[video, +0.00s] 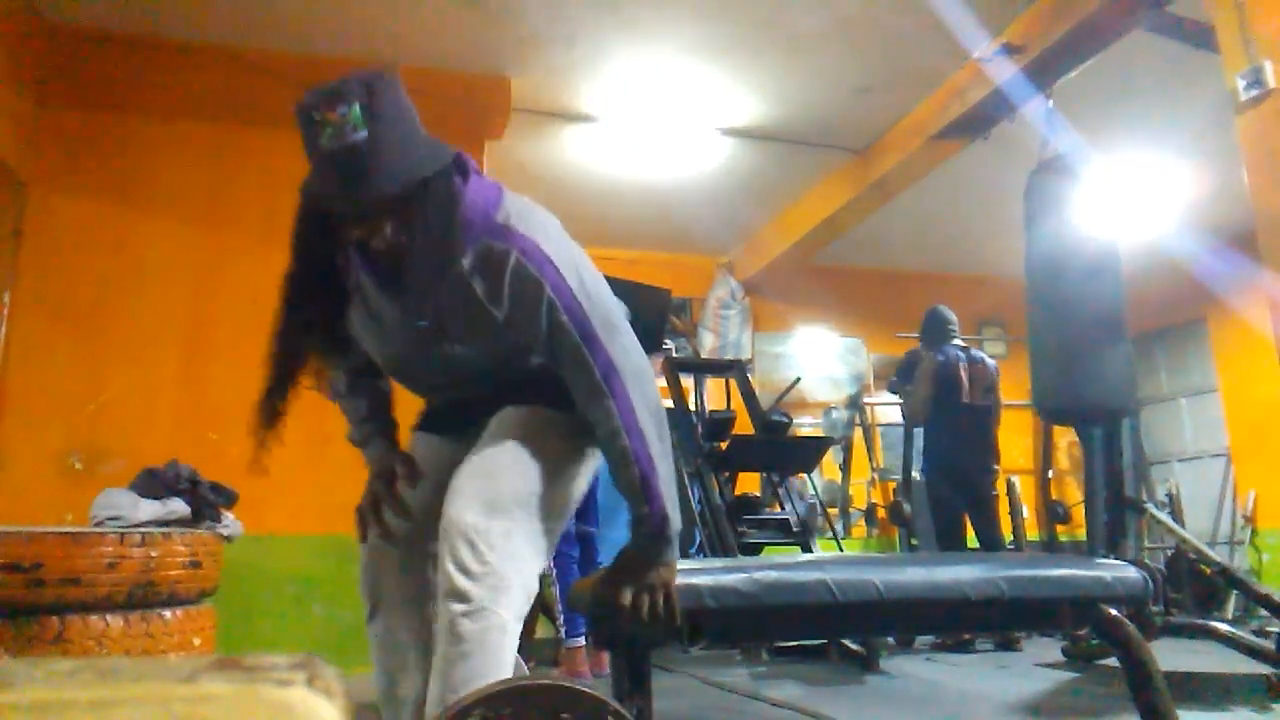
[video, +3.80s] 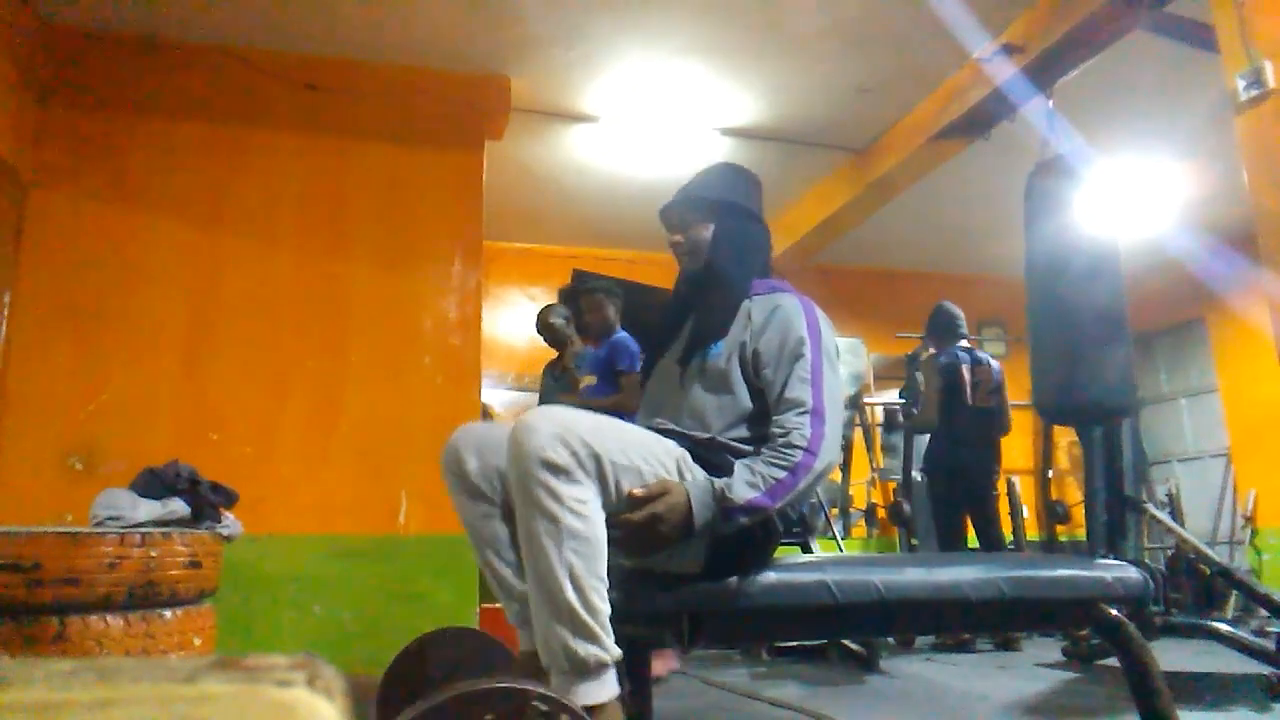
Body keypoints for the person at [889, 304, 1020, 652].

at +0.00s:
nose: (922, 341)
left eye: (923, 335)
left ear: (927, 334)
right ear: (957, 330)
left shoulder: (931, 362)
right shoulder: (986, 363)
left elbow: (918, 412)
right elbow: (995, 417)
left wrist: (905, 399)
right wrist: (991, 455)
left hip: (943, 466)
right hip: (980, 466)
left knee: (950, 547)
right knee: (993, 543)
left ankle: (958, 629)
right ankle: (1008, 628)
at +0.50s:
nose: (923, 340)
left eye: (923, 334)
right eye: (926, 333)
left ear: (927, 333)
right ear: (958, 330)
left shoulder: (931, 365)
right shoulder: (986, 365)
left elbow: (939, 420)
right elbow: (1007, 422)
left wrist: (914, 452)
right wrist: (991, 454)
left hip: (946, 464)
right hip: (981, 464)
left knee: (951, 546)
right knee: (993, 542)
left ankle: (957, 631)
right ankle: (1008, 628)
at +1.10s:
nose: (926, 341)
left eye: (926, 336)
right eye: (928, 337)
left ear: (931, 334)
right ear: (962, 329)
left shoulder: (935, 364)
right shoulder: (990, 364)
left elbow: (928, 420)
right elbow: (1002, 423)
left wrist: (905, 409)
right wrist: (970, 417)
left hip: (946, 461)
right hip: (983, 460)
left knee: (952, 545)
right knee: (993, 541)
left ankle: (960, 630)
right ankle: (1007, 628)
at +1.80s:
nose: (923, 342)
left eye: (922, 336)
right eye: (927, 336)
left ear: (924, 335)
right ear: (955, 332)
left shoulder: (927, 367)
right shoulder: (982, 366)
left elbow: (933, 422)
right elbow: (1003, 421)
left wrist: (913, 459)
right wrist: (993, 459)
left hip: (943, 467)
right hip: (979, 467)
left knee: (949, 545)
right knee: (990, 540)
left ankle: (957, 628)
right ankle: (1005, 624)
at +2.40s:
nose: (929, 338)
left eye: (929, 333)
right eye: (933, 333)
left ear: (933, 332)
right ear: (965, 329)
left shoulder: (933, 366)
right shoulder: (989, 365)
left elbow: (924, 421)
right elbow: (1004, 424)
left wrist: (904, 415)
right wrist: (977, 423)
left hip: (945, 466)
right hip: (982, 466)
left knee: (951, 547)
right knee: (995, 543)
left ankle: (956, 629)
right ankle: (1009, 627)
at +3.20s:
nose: (923, 340)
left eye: (923, 334)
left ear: (924, 335)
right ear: (955, 332)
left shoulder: (927, 369)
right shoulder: (981, 369)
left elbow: (936, 425)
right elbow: (1001, 427)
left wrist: (918, 466)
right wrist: (994, 469)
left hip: (944, 471)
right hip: (979, 470)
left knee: (948, 549)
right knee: (993, 545)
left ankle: (956, 630)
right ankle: (1008, 627)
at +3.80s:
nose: (929, 341)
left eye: (929, 335)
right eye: (931, 336)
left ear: (933, 334)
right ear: (964, 329)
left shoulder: (936, 363)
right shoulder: (992, 364)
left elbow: (929, 420)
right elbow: (1004, 424)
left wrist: (905, 419)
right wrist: (974, 425)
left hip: (946, 467)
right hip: (983, 466)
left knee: (950, 546)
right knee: (992, 541)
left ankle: (955, 628)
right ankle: (1008, 627)